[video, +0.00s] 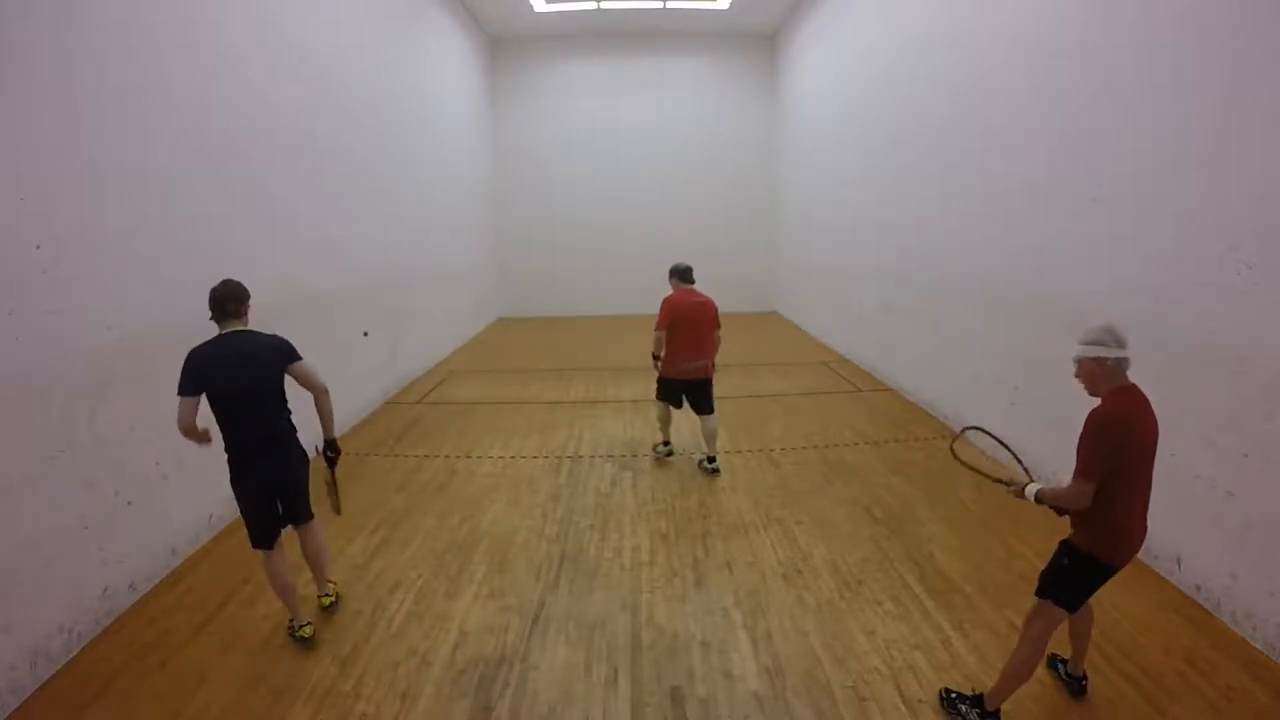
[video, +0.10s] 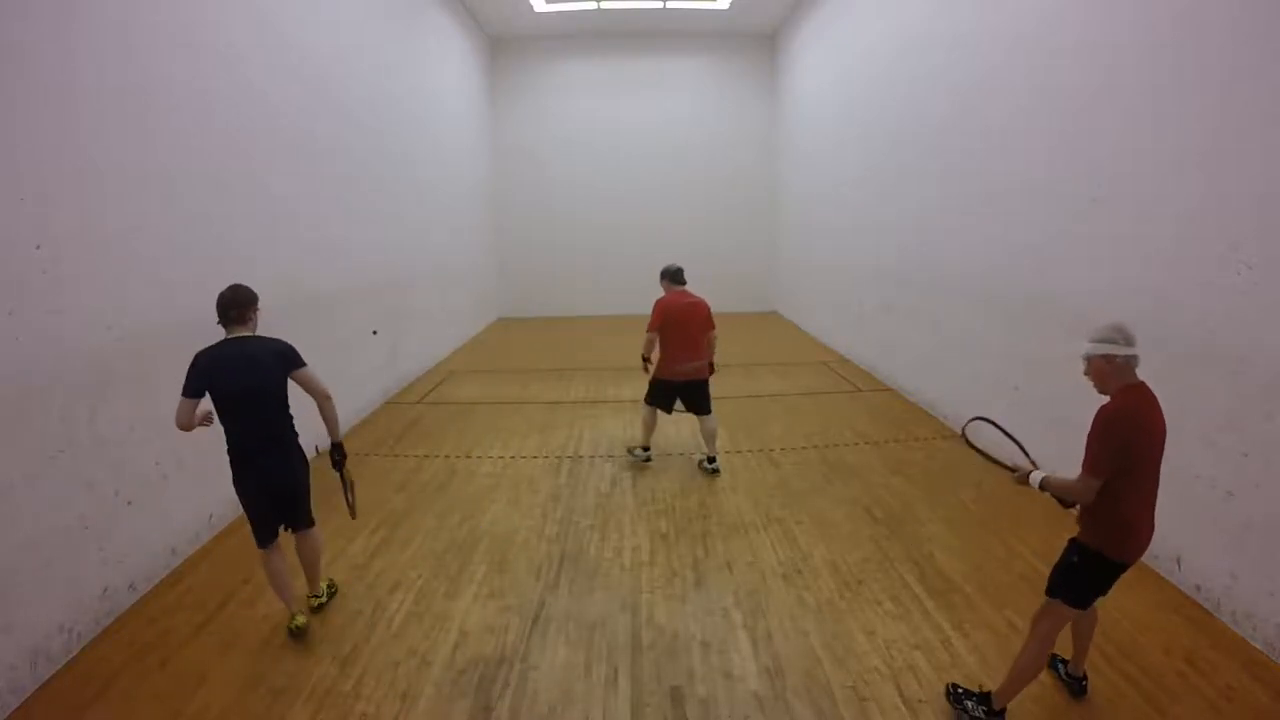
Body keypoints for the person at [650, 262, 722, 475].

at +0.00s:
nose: (670, 285)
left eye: (670, 281)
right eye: (670, 282)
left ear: (674, 280)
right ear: (692, 279)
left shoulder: (670, 302)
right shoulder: (708, 302)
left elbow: (659, 334)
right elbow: (716, 337)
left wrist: (656, 356)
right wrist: (711, 359)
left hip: (674, 370)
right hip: (702, 370)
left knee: (663, 402)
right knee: (707, 414)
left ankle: (665, 443)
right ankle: (712, 459)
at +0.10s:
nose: (662, 287)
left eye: (662, 284)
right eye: (662, 284)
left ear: (665, 282)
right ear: (683, 281)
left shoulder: (663, 304)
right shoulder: (701, 303)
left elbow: (652, 336)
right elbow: (711, 336)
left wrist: (646, 356)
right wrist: (710, 359)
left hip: (668, 372)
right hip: (698, 371)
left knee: (650, 405)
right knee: (705, 414)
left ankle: (645, 448)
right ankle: (712, 460)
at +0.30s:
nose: (638, 292)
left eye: (637, 289)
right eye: (637, 289)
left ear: (641, 286)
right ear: (657, 284)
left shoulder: (641, 307)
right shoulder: (676, 304)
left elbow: (630, 341)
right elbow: (690, 336)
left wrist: (623, 363)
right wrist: (691, 361)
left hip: (650, 376)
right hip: (679, 374)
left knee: (636, 414)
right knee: (692, 415)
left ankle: (628, 455)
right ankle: (709, 457)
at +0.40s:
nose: (625, 291)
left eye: (624, 287)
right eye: (624, 288)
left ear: (628, 285)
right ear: (644, 282)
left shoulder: (629, 305)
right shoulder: (663, 302)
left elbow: (620, 338)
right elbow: (676, 333)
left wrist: (614, 362)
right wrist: (678, 359)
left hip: (638, 373)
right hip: (667, 370)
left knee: (629, 413)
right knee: (677, 412)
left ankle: (628, 455)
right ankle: (701, 449)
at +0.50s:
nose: (616, 289)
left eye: (615, 285)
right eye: (615, 286)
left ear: (619, 283)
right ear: (635, 280)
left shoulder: (619, 302)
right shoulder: (653, 299)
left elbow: (608, 335)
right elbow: (666, 329)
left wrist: (603, 360)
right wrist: (667, 356)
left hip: (630, 369)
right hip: (656, 366)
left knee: (626, 412)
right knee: (659, 405)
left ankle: (627, 455)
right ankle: (680, 439)